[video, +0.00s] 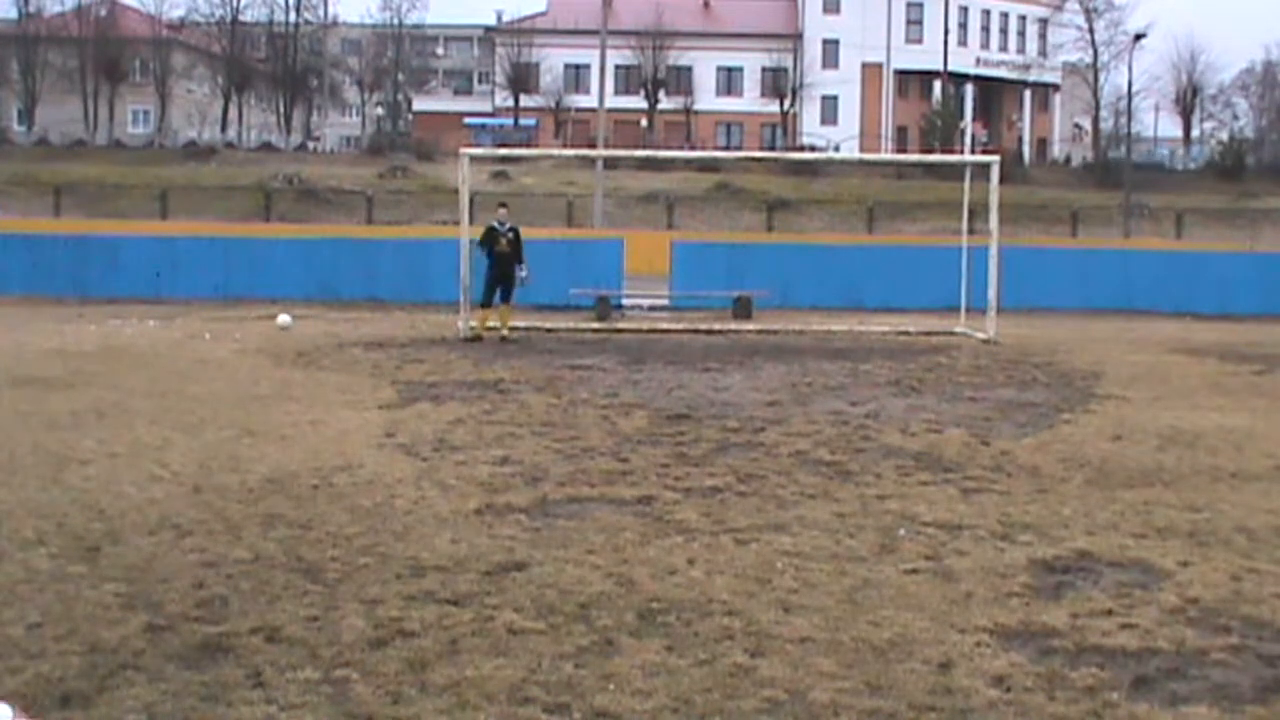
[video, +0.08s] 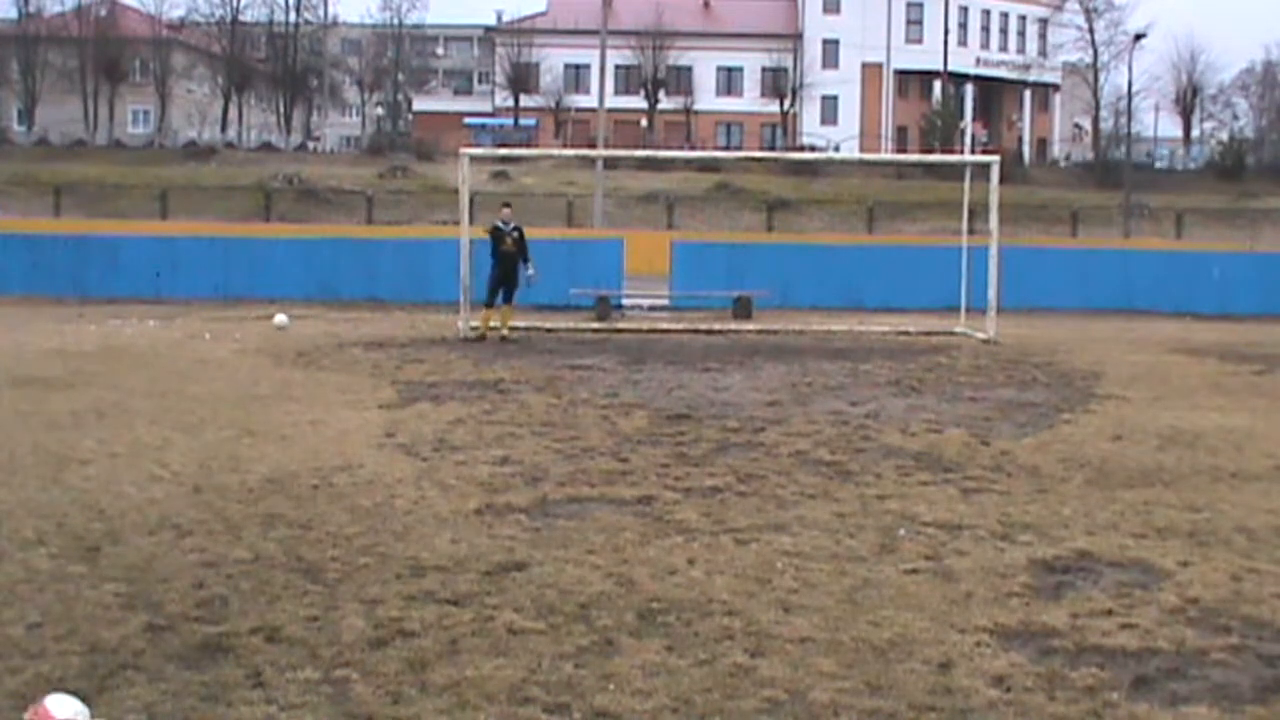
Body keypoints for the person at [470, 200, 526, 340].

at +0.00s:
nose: (503, 216)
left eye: (505, 213)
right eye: (500, 213)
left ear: (508, 214)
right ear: (496, 214)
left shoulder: (514, 231)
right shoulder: (491, 230)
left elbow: (518, 250)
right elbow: (482, 244)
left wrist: (521, 265)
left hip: (509, 268)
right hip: (494, 268)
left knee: (506, 300)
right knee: (487, 300)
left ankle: (504, 327)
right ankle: (481, 328)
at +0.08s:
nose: (507, 215)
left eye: (509, 212)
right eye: (504, 212)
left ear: (512, 214)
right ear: (500, 214)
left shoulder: (517, 231)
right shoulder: (495, 230)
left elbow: (523, 250)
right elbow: (496, 246)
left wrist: (527, 265)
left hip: (512, 268)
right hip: (498, 268)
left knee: (508, 301)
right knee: (490, 300)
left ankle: (504, 329)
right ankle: (483, 329)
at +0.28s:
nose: (523, 215)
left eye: (524, 213)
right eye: (521, 212)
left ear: (524, 214)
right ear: (514, 214)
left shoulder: (527, 230)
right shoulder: (508, 229)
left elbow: (533, 250)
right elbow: (501, 232)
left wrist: (541, 265)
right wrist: (502, 226)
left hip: (521, 266)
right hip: (508, 266)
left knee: (513, 301)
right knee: (509, 301)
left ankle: (507, 331)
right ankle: (505, 332)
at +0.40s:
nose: (533, 219)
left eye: (533, 216)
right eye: (531, 216)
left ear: (532, 218)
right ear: (525, 216)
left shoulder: (532, 232)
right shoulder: (516, 230)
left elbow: (540, 250)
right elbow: (510, 233)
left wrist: (549, 266)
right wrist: (509, 228)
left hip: (526, 267)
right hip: (515, 267)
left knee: (515, 300)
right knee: (522, 298)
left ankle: (505, 329)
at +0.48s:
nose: (539, 221)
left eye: (539, 218)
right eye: (537, 218)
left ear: (536, 218)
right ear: (532, 218)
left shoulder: (538, 234)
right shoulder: (521, 231)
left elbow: (545, 251)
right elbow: (517, 235)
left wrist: (555, 268)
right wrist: (515, 230)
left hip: (530, 270)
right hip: (521, 269)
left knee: (517, 301)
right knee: (530, 301)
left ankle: (505, 329)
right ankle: (540, 333)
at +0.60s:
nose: (548, 221)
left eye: (549, 219)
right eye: (547, 218)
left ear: (546, 219)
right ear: (541, 218)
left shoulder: (546, 234)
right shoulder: (533, 233)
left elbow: (552, 252)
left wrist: (560, 266)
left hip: (538, 270)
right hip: (530, 269)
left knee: (526, 301)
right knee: (538, 301)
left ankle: (508, 327)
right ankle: (545, 334)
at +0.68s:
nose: (555, 221)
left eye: (556, 218)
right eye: (553, 217)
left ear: (553, 219)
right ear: (547, 218)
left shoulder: (553, 233)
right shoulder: (538, 233)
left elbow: (556, 253)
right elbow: (534, 251)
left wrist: (562, 264)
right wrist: (530, 249)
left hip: (546, 268)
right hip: (537, 269)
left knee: (538, 301)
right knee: (542, 301)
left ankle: (517, 323)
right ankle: (545, 333)